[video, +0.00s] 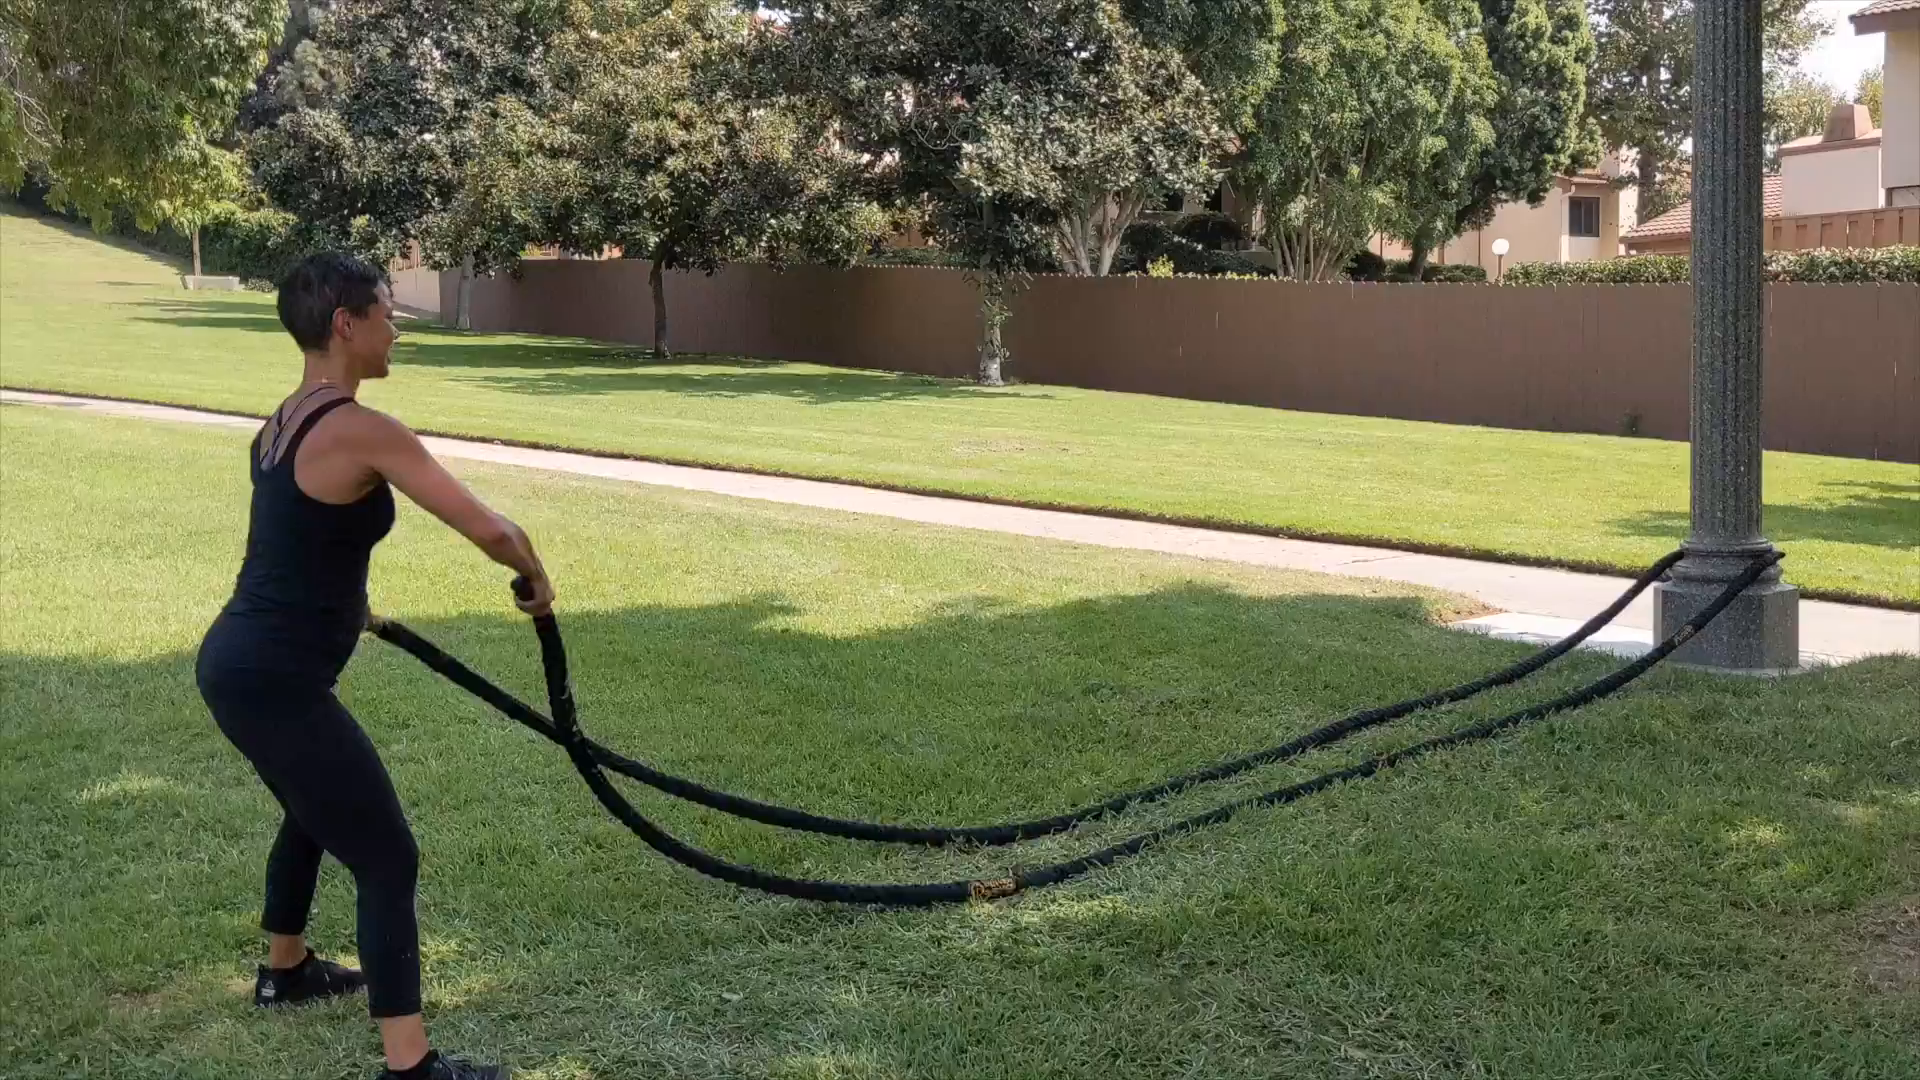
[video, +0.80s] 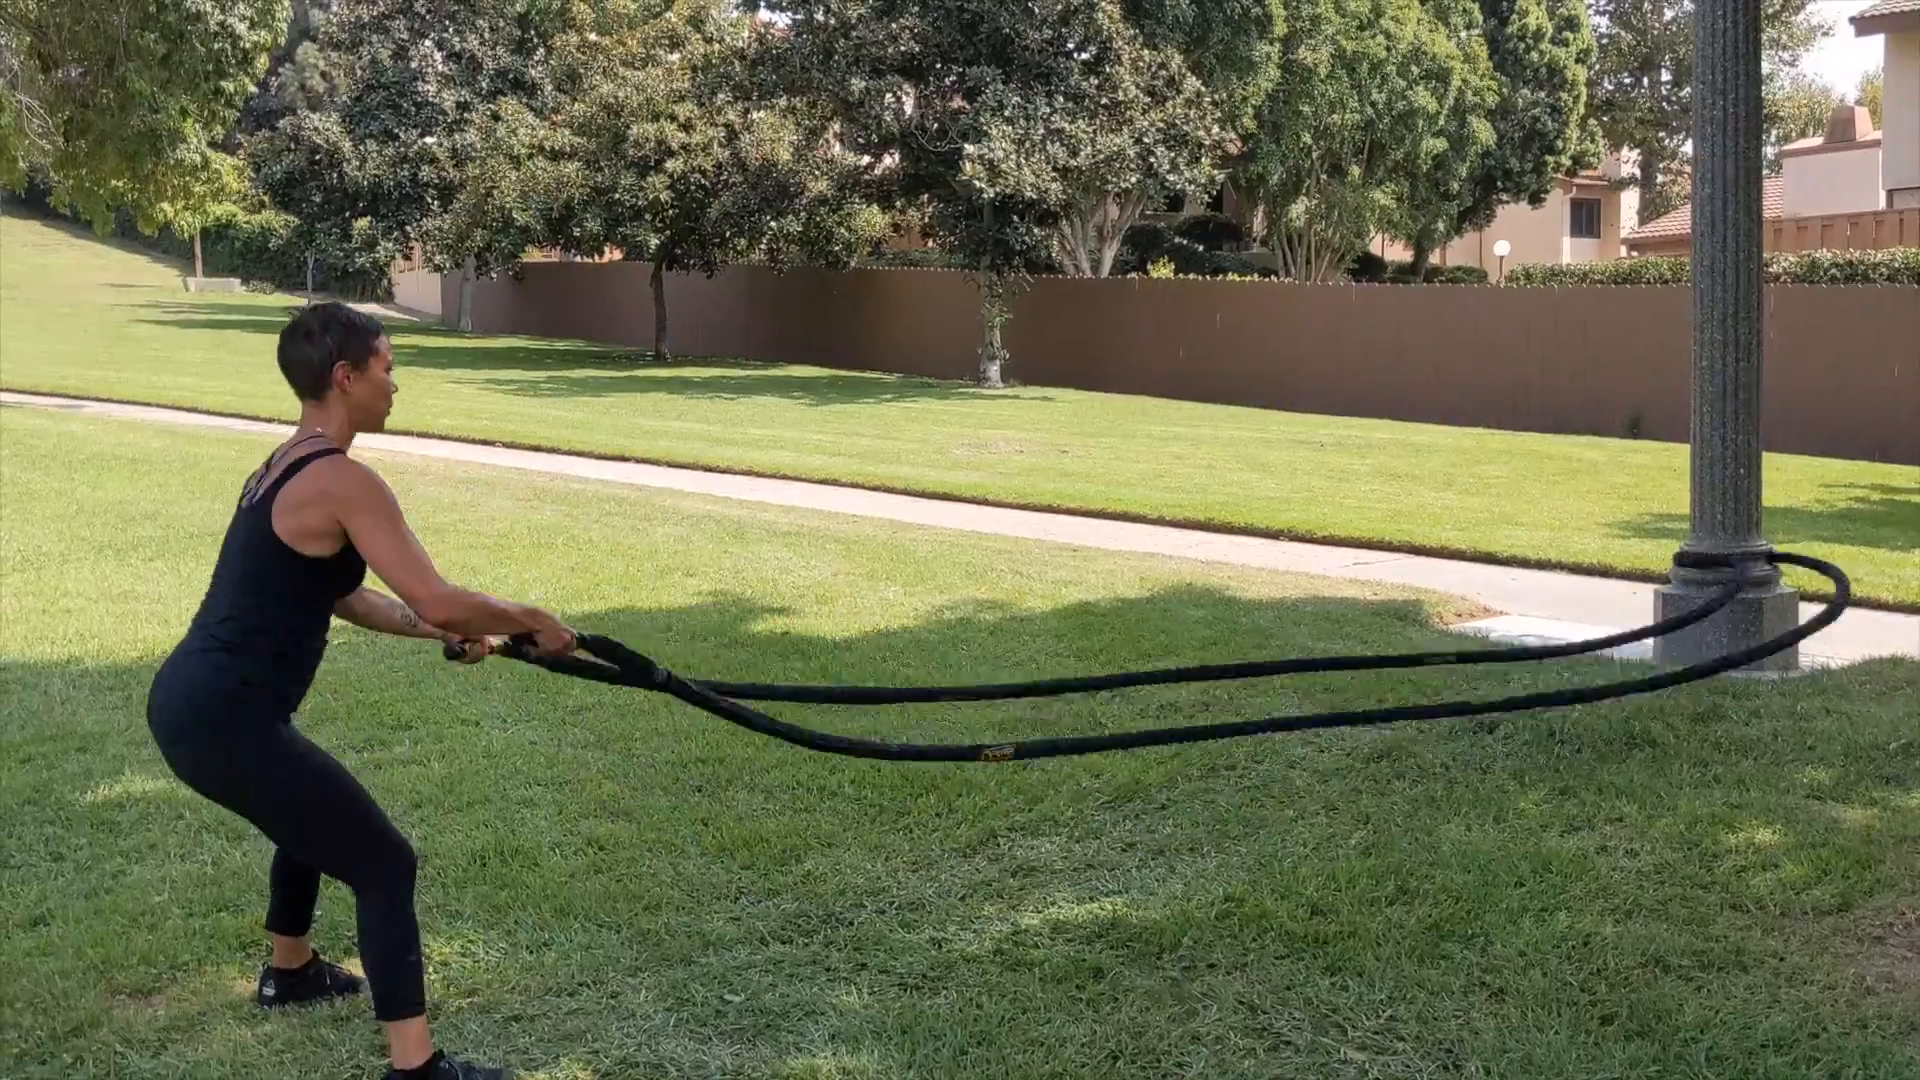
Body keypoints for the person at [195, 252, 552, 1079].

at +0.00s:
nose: (395, 326)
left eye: (390, 311)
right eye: (386, 312)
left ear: (329, 327)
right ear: (345, 323)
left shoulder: (289, 415)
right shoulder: (365, 430)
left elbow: (287, 535)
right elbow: (488, 530)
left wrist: (348, 603)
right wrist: (529, 568)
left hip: (235, 659)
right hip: (279, 679)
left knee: (316, 806)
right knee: (387, 857)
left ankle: (285, 966)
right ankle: (408, 1056)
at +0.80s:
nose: (394, 380)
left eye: (391, 365)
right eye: (384, 365)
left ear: (327, 379)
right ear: (343, 376)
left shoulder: (289, 461)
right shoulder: (345, 481)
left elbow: (340, 594)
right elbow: (438, 603)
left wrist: (443, 627)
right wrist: (529, 618)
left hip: (188, 701)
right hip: (224, 721)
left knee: (316, 810)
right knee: (386, 862)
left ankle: (290, 969)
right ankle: (414, 1061)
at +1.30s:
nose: (375, 385)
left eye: (373, 370)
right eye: (365, 371)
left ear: (297, 381)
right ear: (319, 380)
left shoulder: (235, 455)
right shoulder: (352, 488)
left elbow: (240, 562)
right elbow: (398, 608)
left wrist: (322, 583)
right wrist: (436, 606)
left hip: (152, 704)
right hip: (220, 719)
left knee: (290, 798)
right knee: (377, 862)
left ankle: (288, 968)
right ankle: (406, 1058)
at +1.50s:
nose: (378, 388)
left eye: (376, 371)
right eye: (369, 372)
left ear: (304, 384)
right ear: (325, 381)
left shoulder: (258, 465)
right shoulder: (342, 482)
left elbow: (244, 578)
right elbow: (395, 621)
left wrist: (315, 607)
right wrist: (437, 651)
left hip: (165, 706)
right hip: (214, 725)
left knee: (298, 811)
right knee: (374, 864)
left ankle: (287, 968)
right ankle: (407, 1059)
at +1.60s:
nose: (379, 395)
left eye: (376, 379)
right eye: (370, 380)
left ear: (314, 389)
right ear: (329, 387)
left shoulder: (272, 478)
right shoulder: (320, 488)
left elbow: (354, 619)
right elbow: (411, 614)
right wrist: (528, 644)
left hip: (172, 711)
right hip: (203, 727)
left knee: (302, 818)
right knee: (370, 866)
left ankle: (285, 969)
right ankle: (409, 1063)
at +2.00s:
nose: (366, 394)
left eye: (364, 378)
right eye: (357, 379)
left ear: (293, 387)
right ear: (312, 385)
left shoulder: (233, 463)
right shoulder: (314, 491)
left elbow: (273, 571)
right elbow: (408, 613)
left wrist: (369, 586)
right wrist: (534, 636)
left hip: (148, 708)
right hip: (211, 719)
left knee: (295, 800)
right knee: (370, 865)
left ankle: (287, 969)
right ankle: (407, 1063)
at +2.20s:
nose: (361, 398)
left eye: (360, 383)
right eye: (353, 384)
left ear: (279, 389)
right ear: (311, 389)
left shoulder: (206, 457)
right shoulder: (340, 494)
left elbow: (202, 567)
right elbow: (385, 608)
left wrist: (283, 585)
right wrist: (415, 620)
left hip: (142, 715)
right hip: (220, 727)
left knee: (287, 794)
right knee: (384, 862)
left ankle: (283, 967)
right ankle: (400, 1060)